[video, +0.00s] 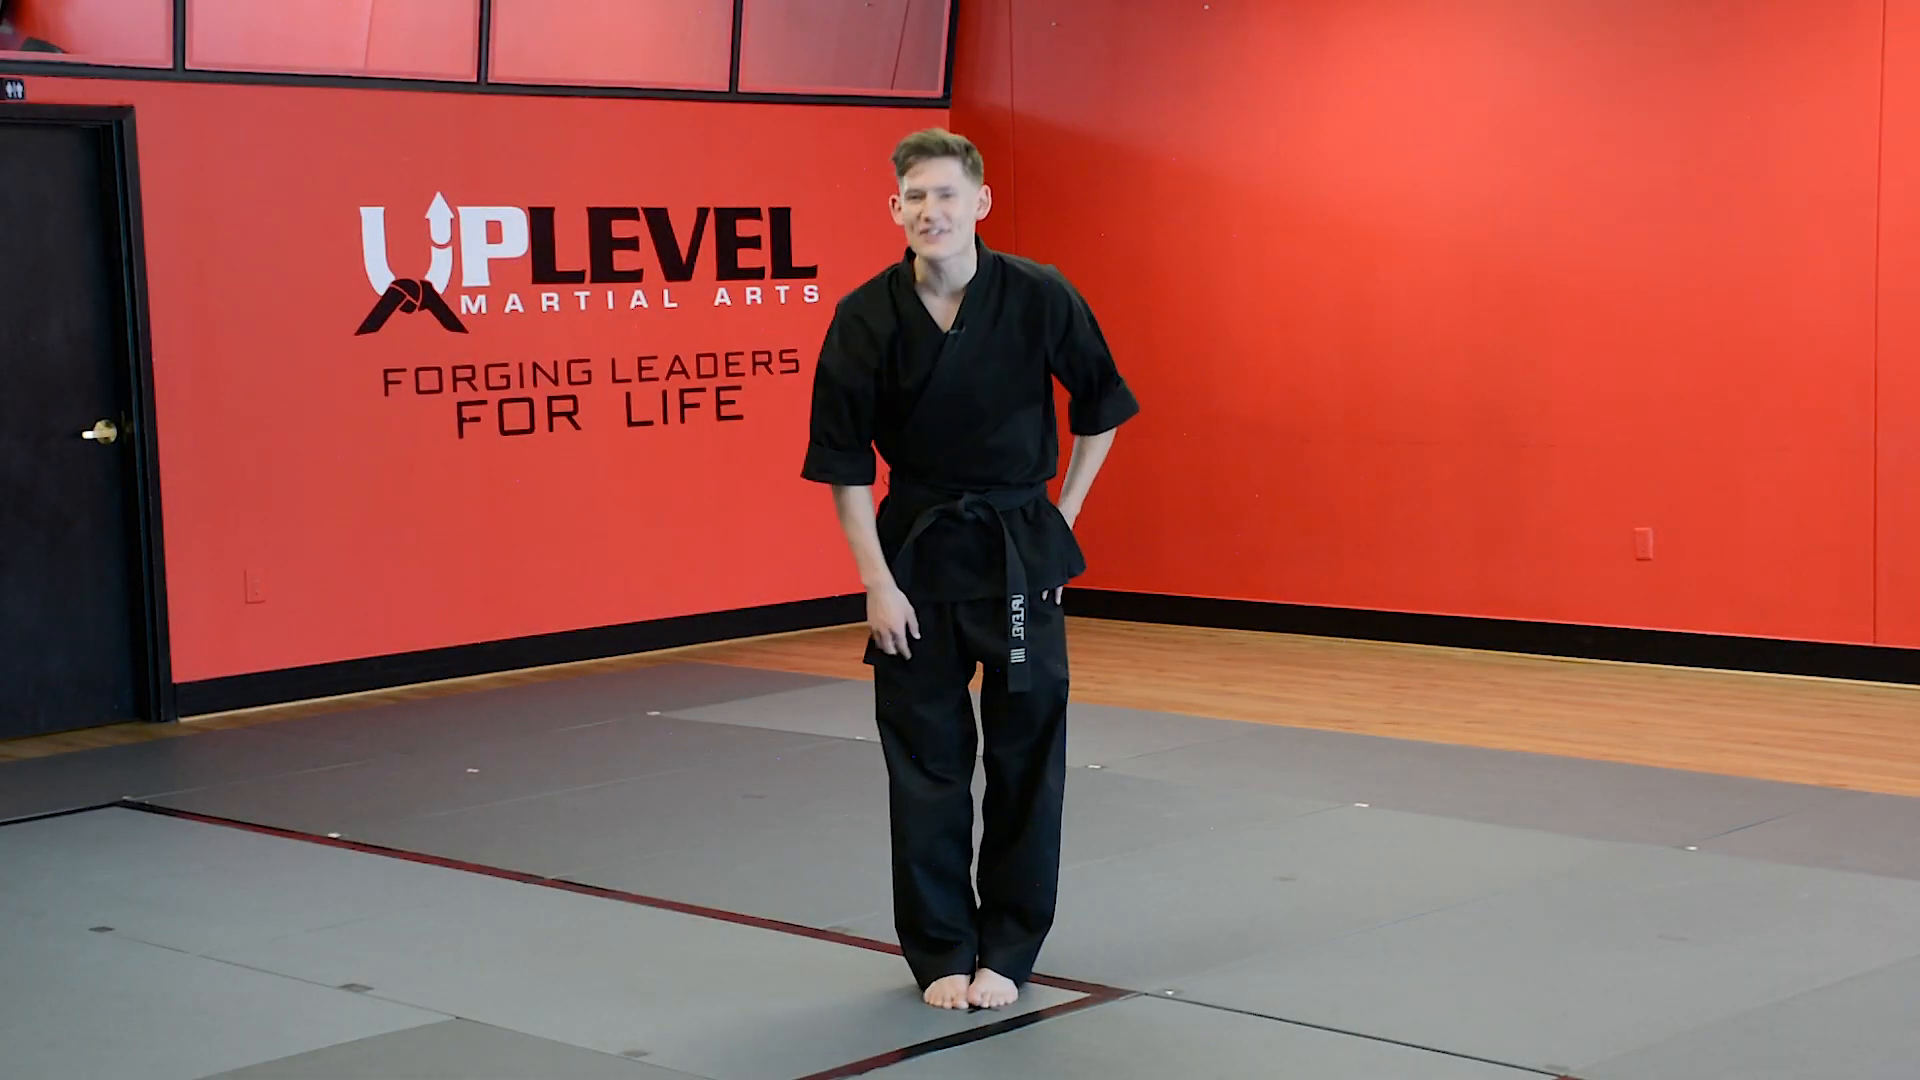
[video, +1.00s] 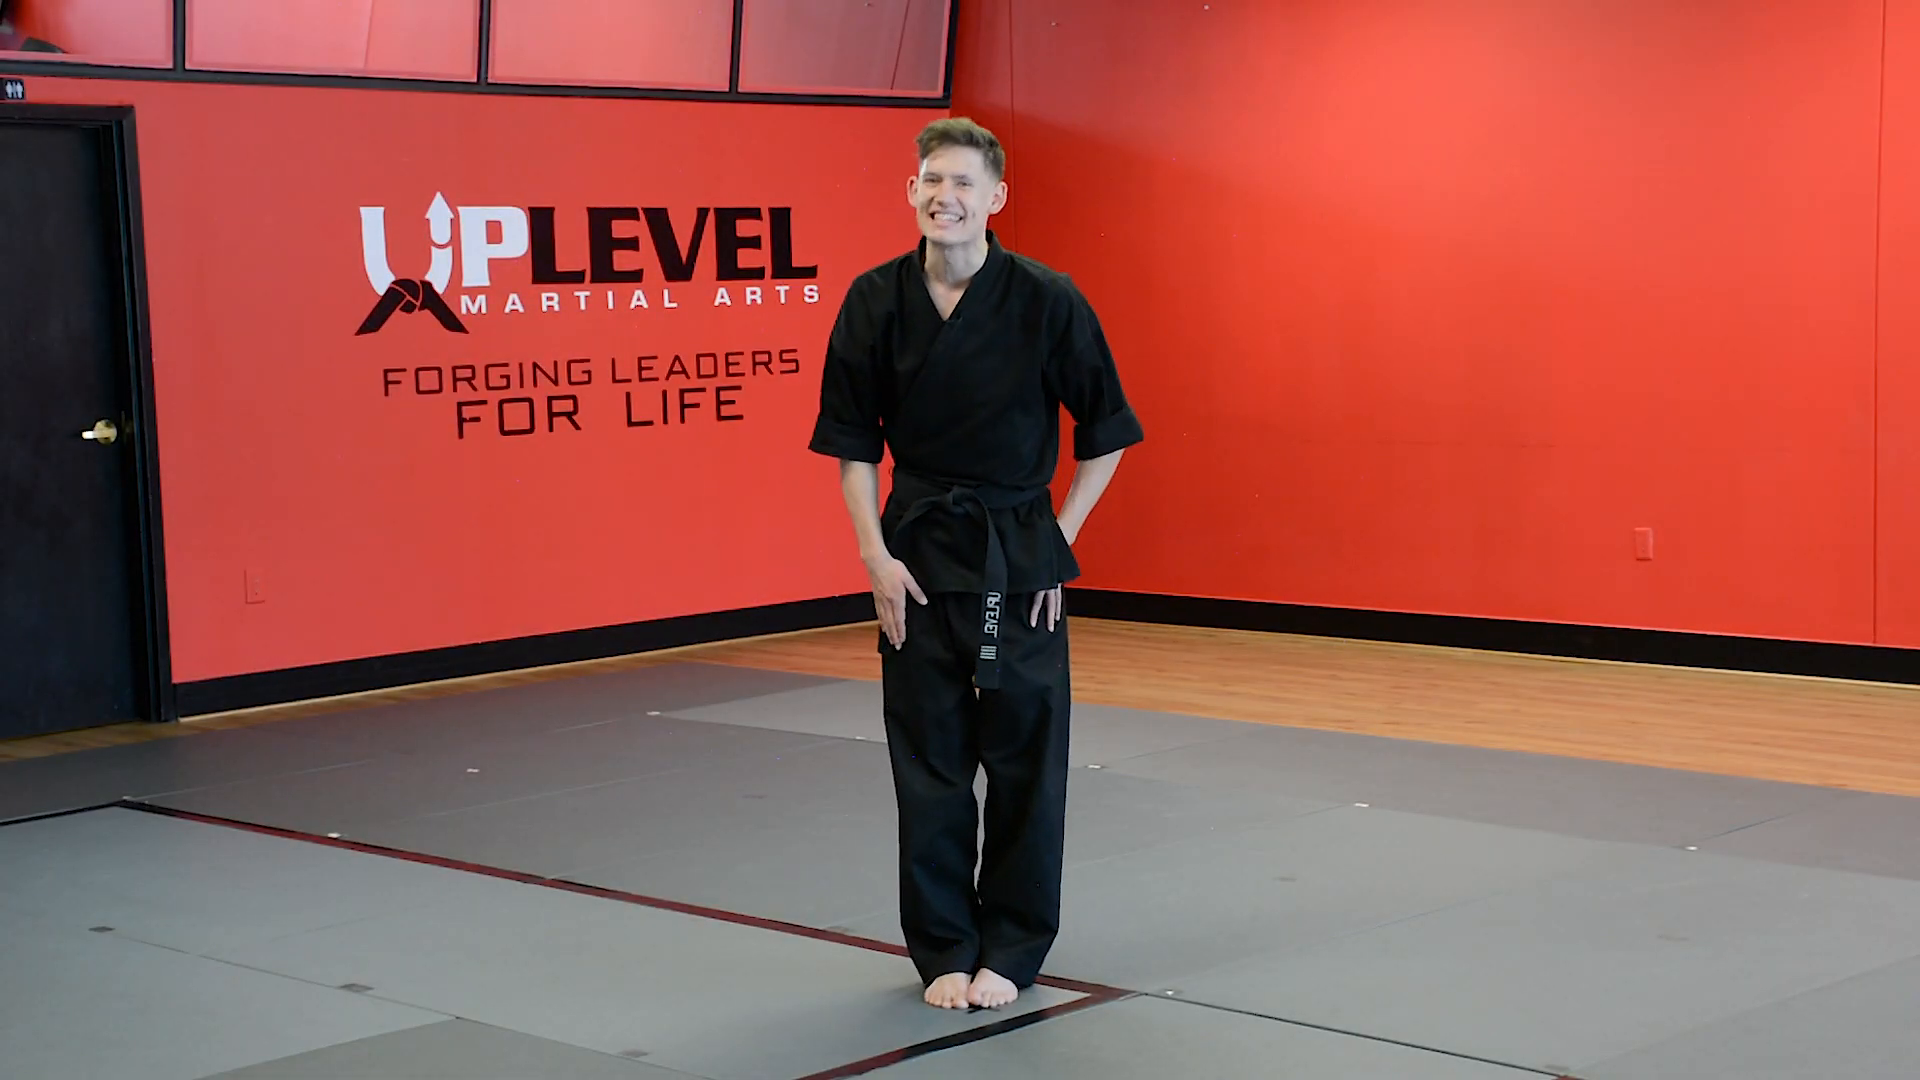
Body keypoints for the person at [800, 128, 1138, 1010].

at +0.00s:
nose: (928, 210)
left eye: (945, 194)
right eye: (914, 196)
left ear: (982, 202)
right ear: (897, 209)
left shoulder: (1037, 295)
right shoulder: (865, 319)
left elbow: (1103, 399)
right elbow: (844, 463)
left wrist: (1065, 514)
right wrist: (877, 585)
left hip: (1022, 544)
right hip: (915, 551)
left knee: (1025, 762)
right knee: (928, 767)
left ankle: (1006, 953)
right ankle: (941, 955)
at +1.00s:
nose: (946, 196)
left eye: (964, 182)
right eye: (933, 181)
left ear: (996, 197)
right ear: (913, 194)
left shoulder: (1046, 300)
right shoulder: (874, 301)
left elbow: (1106, 428)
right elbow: (852, 443)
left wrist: (1058, 537)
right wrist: (875, 557)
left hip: (1020, 544)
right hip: (916, 544)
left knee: (1026, 764)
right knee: (930, 766)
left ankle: (1011, 953)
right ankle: (944, 953)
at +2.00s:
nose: (952, 188)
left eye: (967, 173)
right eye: (937, 173)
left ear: (996, 184)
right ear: (916, 186)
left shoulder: (1044, 291)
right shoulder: (876, 292)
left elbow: (1053, 433)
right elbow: (868, 437)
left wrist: (990, 427)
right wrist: (939, 443)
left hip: (1014, 545)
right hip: (917, 548)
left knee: (1020, 759)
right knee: (927, 762)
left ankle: (1010, 952)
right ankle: (944, 954)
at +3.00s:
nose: (868, 223)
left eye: (883, 206)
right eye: (861, 207)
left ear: (936, 202)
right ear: (862, 210)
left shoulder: (1021, 295)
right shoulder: (862, 295)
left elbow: (1059, 437)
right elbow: (750, 349)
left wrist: (1066, 560)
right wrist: (798, 379)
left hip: (1009, 537)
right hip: (910, 538)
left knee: (1025, 753)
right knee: (908, 756)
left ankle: (1015, 958)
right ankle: (942, 955)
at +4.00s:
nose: (1075, 304)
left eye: (1081, 290)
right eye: (1064, 286)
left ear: (1061, 284)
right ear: (1011, 270)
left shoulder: (1061, 389)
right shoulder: (913, 338)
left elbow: (1142, 495)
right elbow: (842, 473)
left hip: (1010, 591)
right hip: (899, 588)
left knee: (1123, 763)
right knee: (827, 783)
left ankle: (1157, 949)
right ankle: (806, 963)